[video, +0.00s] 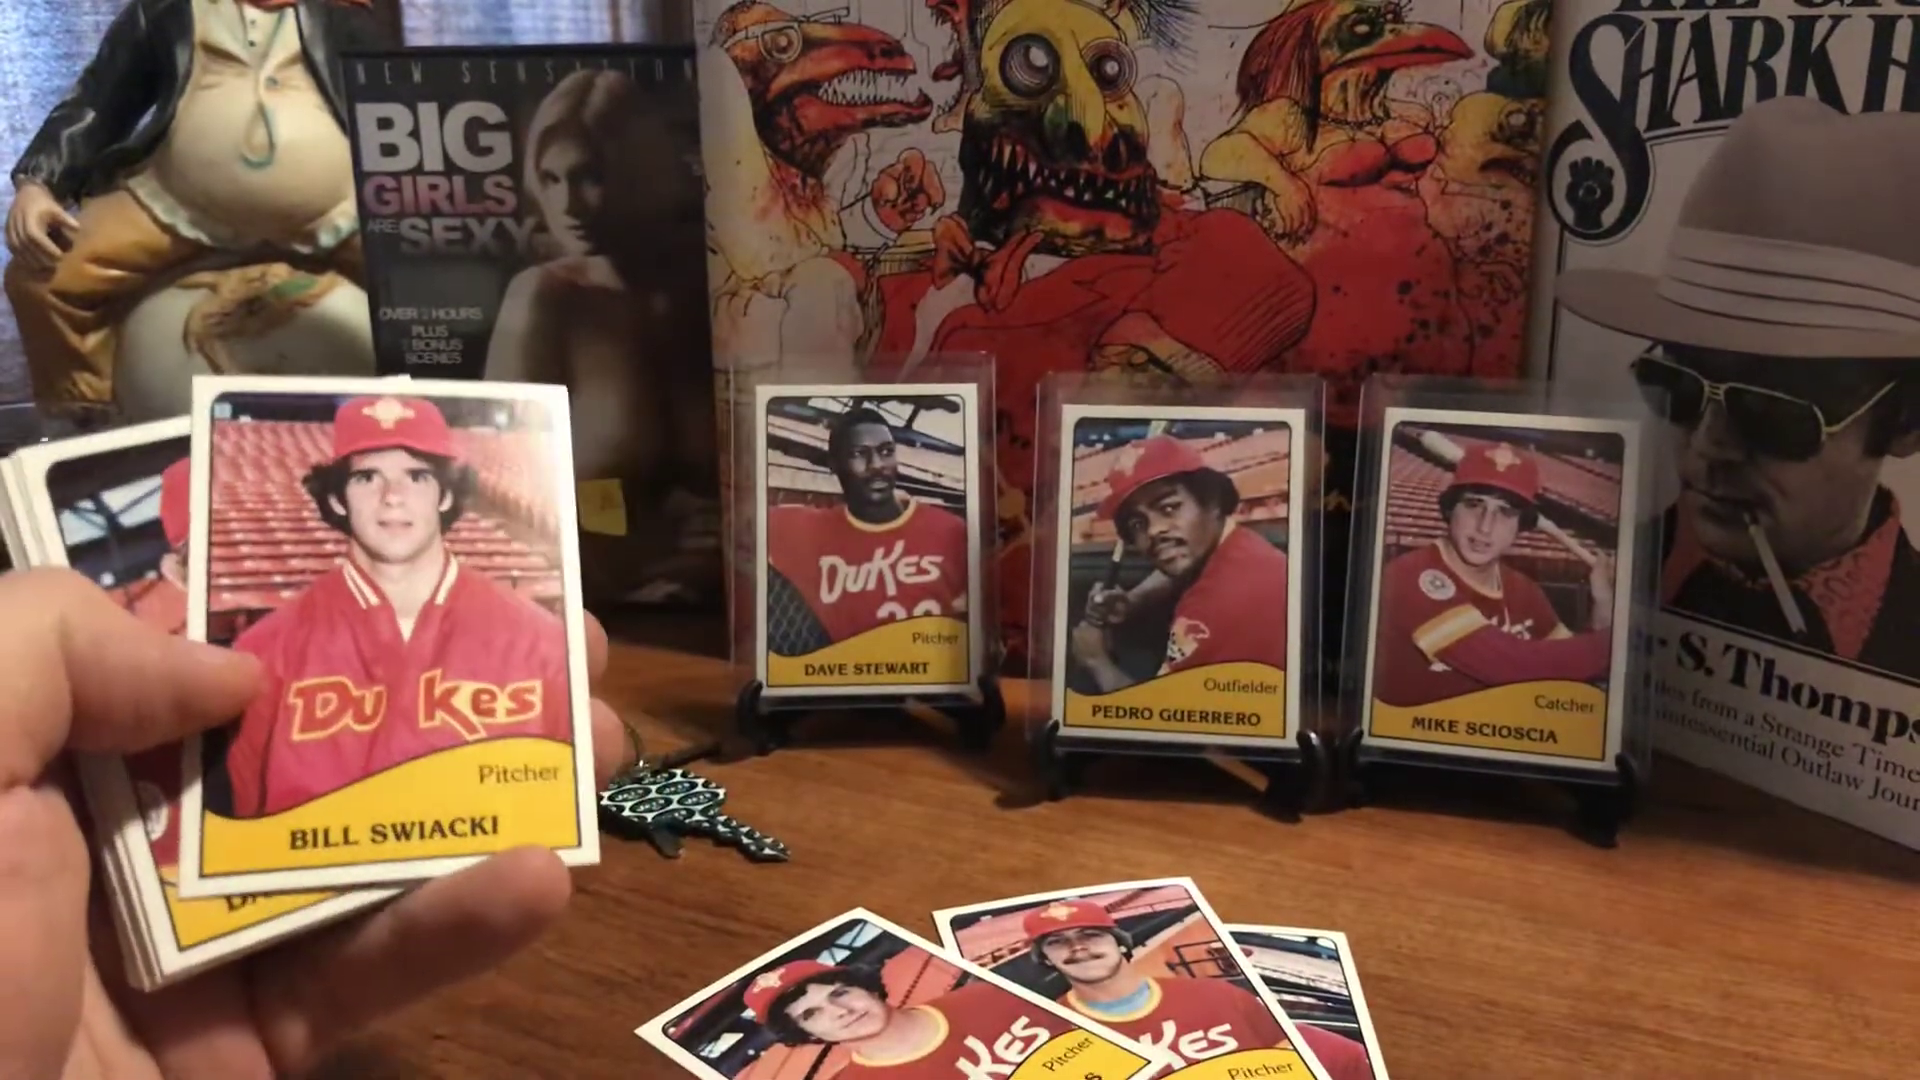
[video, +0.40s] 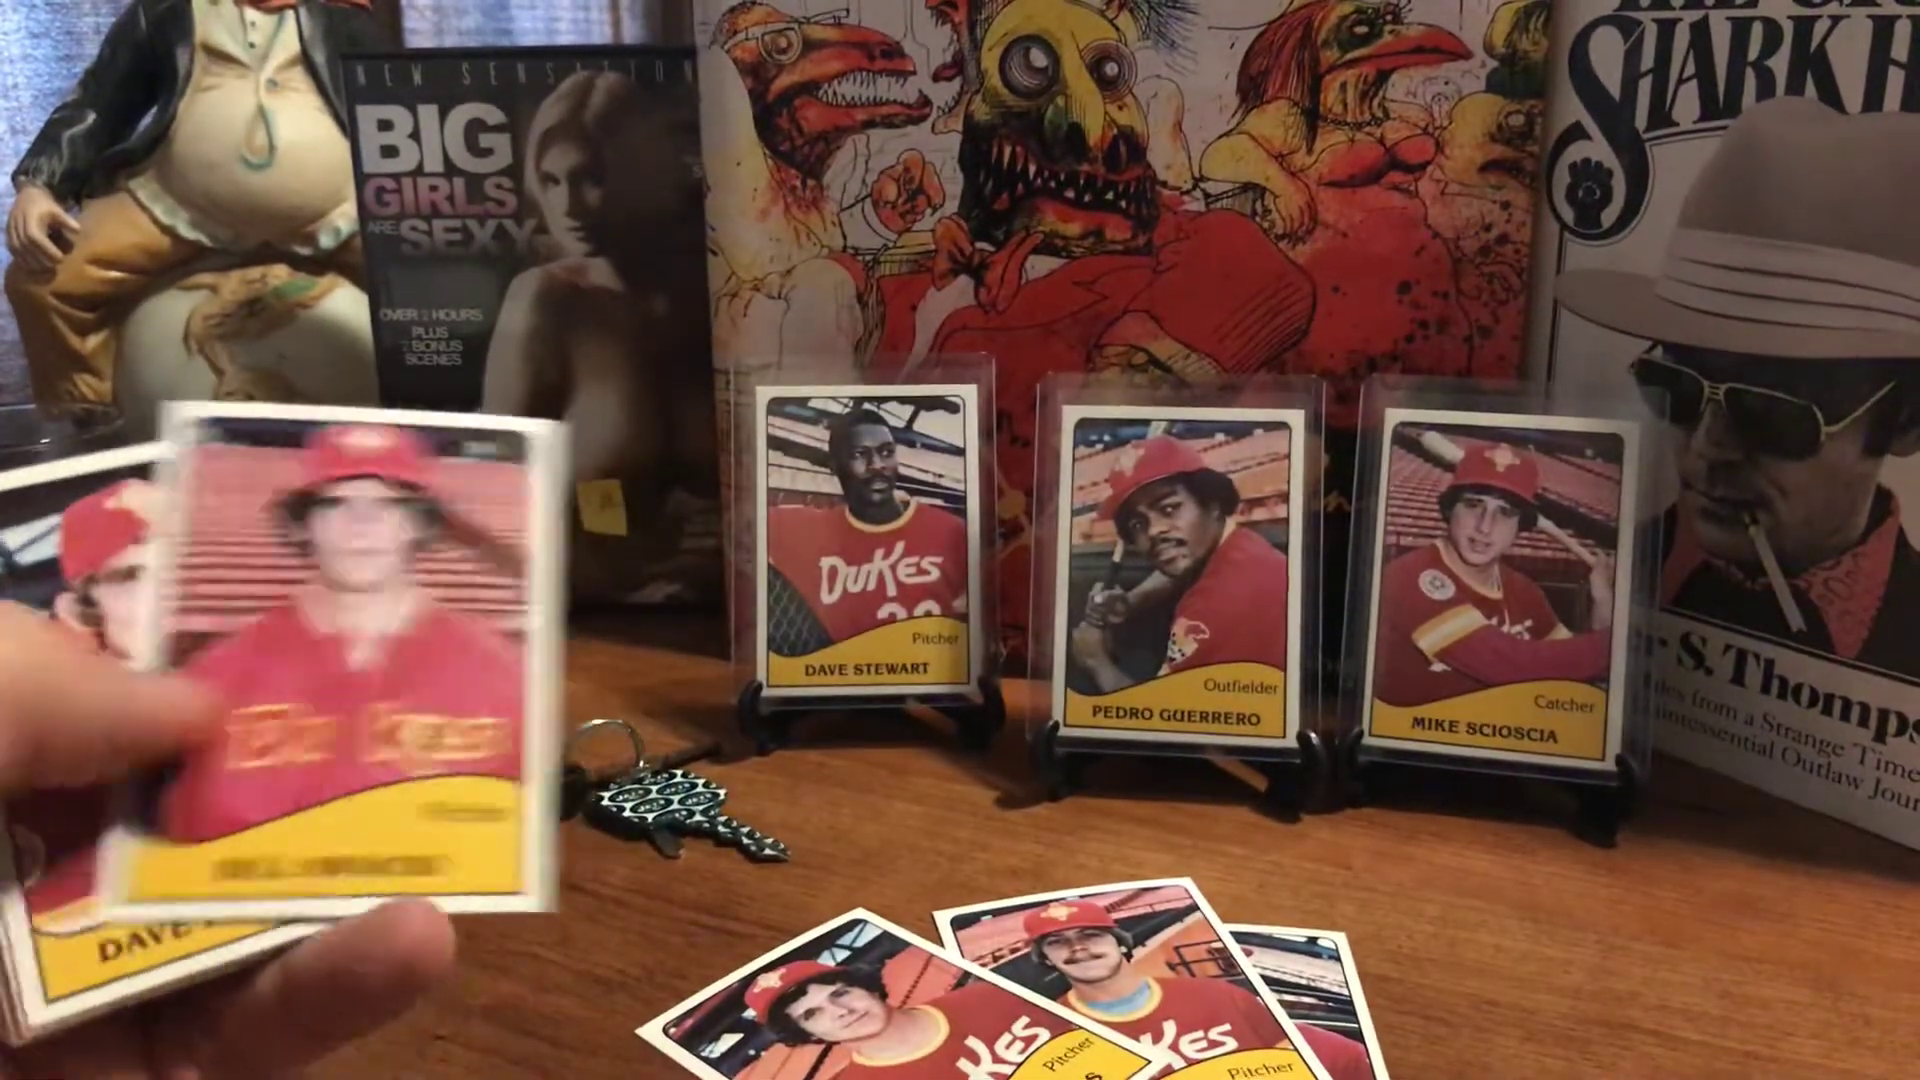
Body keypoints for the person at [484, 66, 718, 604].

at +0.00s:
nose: (570, 202)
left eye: (590, 176)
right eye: (551, 178)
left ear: (638, 177)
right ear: (535, 186)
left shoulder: (698, 294)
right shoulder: (542, 296)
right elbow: (503, 478)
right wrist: (621, 569)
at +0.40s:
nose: (569, 204)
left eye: (591, 178)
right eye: (551, 180)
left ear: (645, 178)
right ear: (535, 187)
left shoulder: (702, 298)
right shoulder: (543, 300)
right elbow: (496, 488)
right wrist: (617, 574)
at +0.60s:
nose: (569, 205)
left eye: (591, 179)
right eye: (552, 182)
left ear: (644, 178)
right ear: (535, 189)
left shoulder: (692, 297)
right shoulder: (544, 299)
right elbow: (514, 464)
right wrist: (608, 575)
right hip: (481, 464)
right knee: (428, 539)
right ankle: (614, 584)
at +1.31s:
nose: (569, 206)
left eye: (592, 178)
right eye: (551, 181)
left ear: (643, 178)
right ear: (537, 188)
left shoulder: (701, 297)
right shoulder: (543, 300)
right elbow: (512, 474)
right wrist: (610, 579)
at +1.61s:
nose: (570, 205)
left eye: (593, 179)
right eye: (553, 182)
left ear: (638, 179)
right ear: (537, 189)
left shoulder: (699, 294)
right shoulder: (543, 298)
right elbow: (508, 470)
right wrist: (609, 577)